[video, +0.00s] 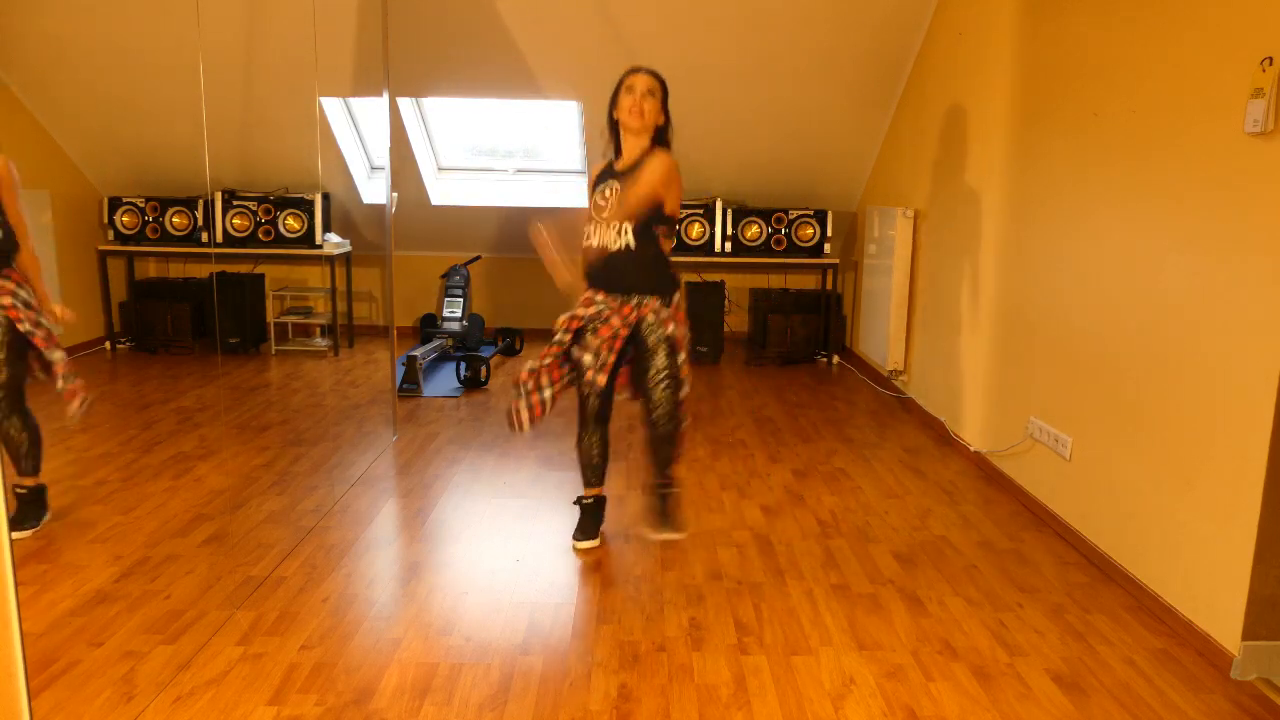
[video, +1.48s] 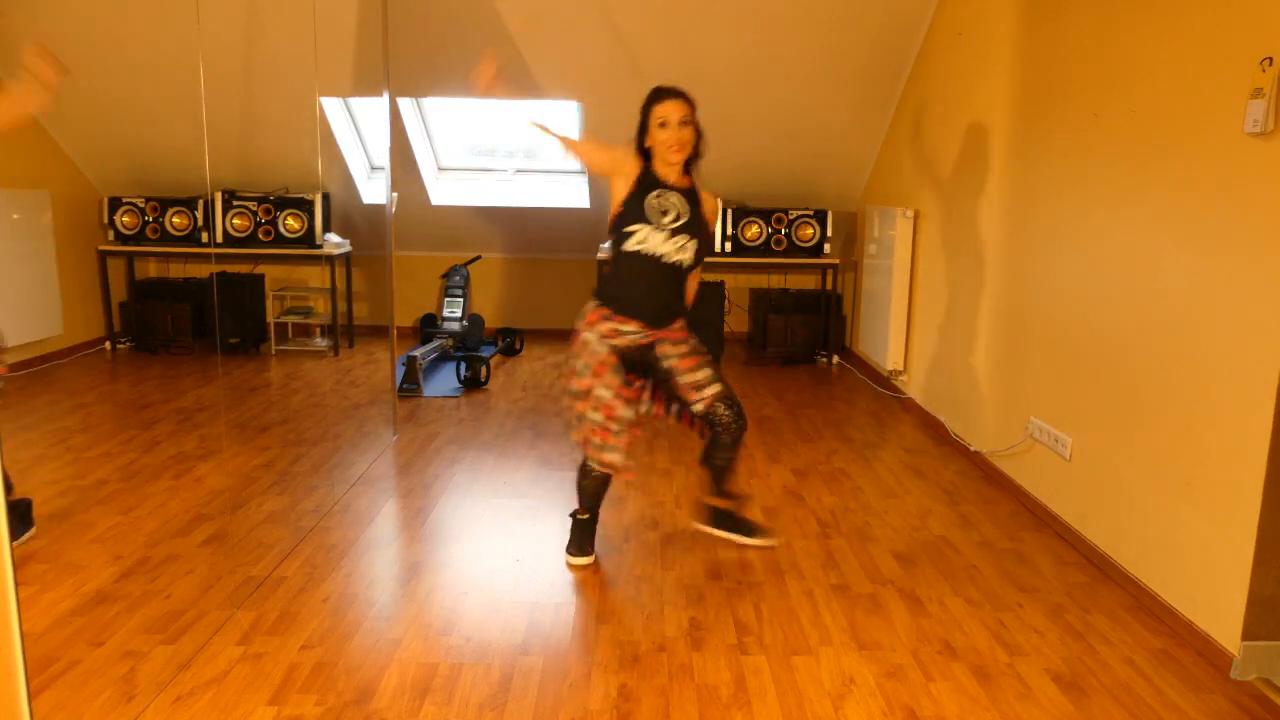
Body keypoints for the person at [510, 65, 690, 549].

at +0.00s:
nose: (637, 100)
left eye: (649, 95)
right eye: (629, 91)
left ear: (662, 113)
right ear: (614, 106)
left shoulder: (661, 165)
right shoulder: (602, 176)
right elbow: (597, 241)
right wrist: (580, 278)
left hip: (654, 303)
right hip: (603, 300)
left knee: (662, 405)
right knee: (593, 404)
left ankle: (664, 490)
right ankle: (591, 503)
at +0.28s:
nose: (648, 103)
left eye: (658, 95)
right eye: (641, 95)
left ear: (674, 109)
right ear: (629, 109)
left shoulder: (680, 156)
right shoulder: (634, 173)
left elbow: (658, 68)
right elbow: (631, 249)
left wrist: (634, 12)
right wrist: (618, 304)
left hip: (686, 303)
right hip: (641, 308)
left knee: (722, 407)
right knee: (627, 409)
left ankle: (768, 498)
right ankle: (607, 508)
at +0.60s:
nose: (701, 135)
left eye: (710, 129)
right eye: (690, 129)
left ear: (722, 141)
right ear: (675, 143)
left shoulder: (744, 171)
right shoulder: (670, 215)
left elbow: (801, 132)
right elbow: (653, 273)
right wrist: (633, 319)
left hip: (782, 319)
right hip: (724, 327)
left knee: (786, 424)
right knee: (704, 427)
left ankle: (773, 507)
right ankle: (645, 481)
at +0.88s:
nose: (733, 123)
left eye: (740, 113)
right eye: (720, 116)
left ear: (750, 124)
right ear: (703, 131)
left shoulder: (759, 188)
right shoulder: (709, 189)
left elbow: (785, 249)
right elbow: (752, 251)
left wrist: (815, 280)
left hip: (775, 320)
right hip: (732, 323)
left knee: (789, 416)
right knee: (751, 419)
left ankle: (772, 505)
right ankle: (730, 487)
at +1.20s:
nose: (725, 104)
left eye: (732, 95)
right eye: (713, 96)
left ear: (741, 105)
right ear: (693, 108)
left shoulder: (739, 163)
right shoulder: (690, 157)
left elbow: (705, 235)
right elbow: (689, 72)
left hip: (746, 309)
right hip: (706, 308)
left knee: (752, 405)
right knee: (665, 410)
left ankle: (758, 507)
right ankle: (599, 507)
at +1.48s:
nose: (674, 133)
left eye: (683, 124)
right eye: (663, 124)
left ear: (697, 133)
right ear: (645, 133)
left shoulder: (704, 204)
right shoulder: (624, 168)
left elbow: (693, 273)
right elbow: (564, 139)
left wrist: (678, 323)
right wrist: (499, 97)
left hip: (668, 331)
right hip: (610, 327)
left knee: (727, 420)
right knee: (606, 430)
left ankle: (721, 504)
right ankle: (585, 523)